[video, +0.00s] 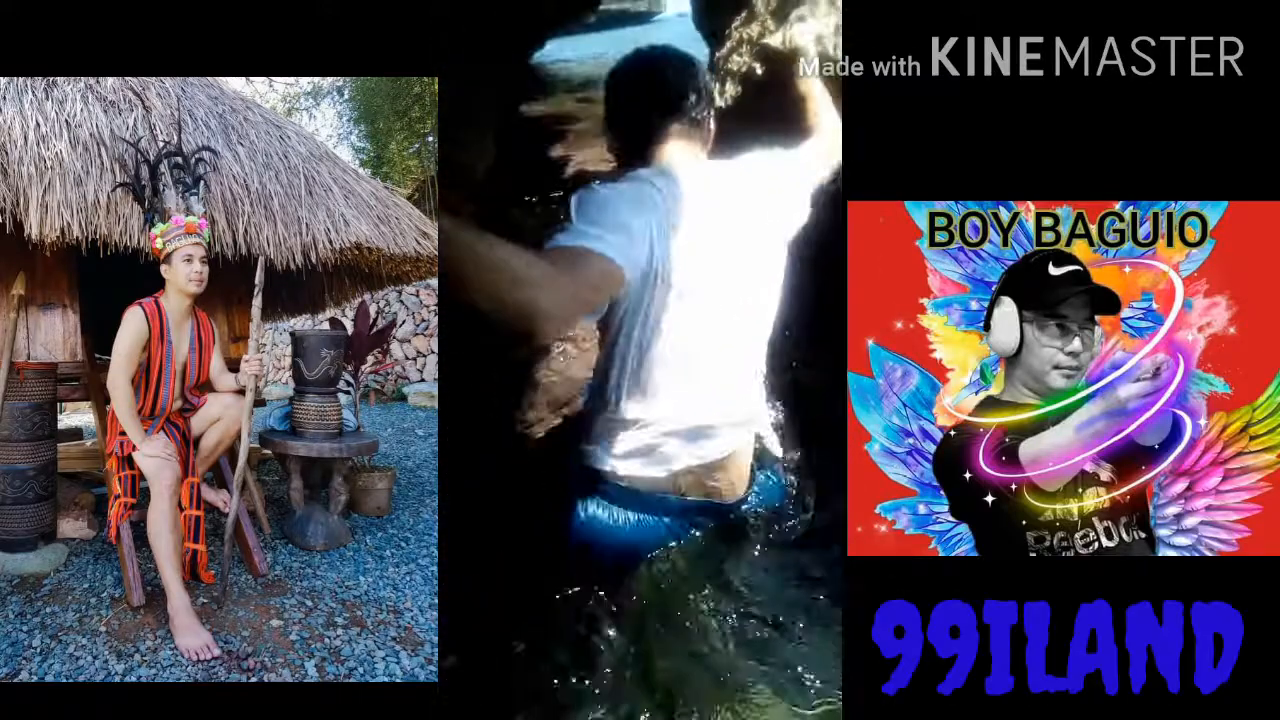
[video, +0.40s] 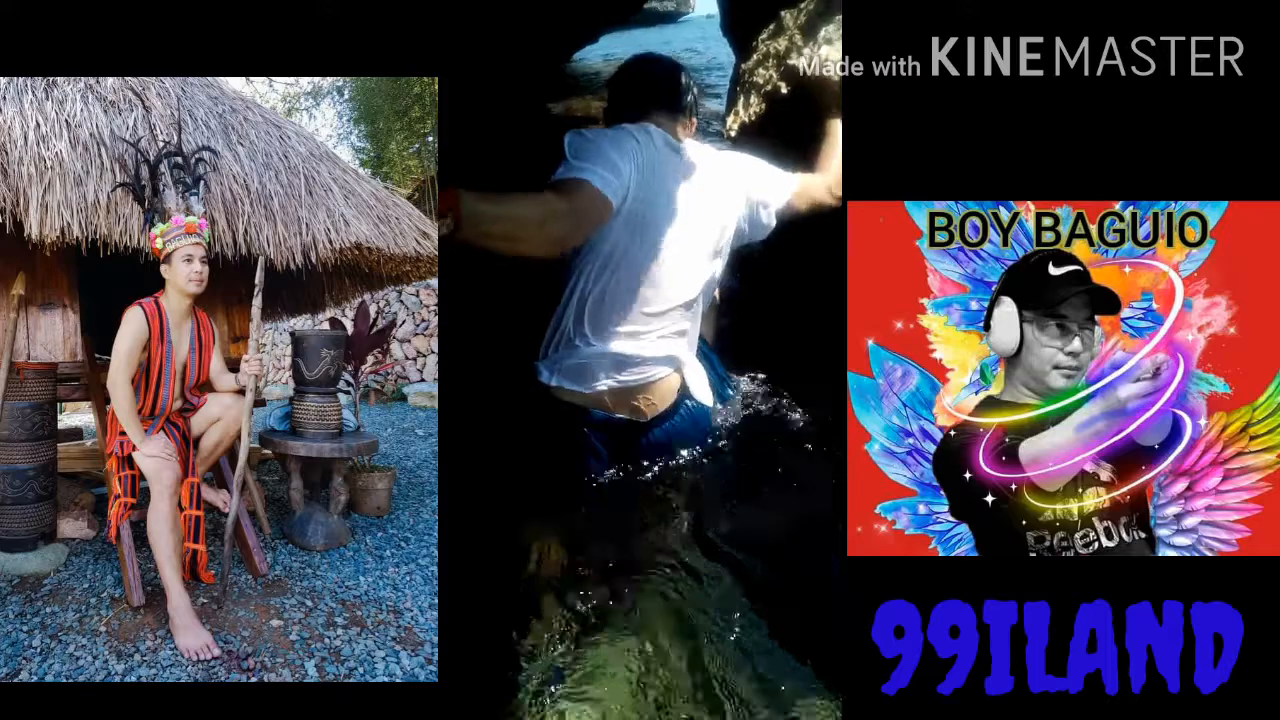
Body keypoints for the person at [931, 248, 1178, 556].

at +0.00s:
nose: (1076, 346)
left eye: (1086, 328)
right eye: (1055, 327)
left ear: (1097, 334)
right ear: (1007, 327)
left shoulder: (1113, 410)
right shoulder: (963, 446)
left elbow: (1155, 435)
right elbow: (1025, 472)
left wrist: (1148, 397)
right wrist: (1107, 411)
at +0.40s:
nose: (1076, 346)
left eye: (1086, 328)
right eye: (1056, 327)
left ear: (1097, 334)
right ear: (1008, 327)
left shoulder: (1113, 409)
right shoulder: (962, 446)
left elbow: (1156, 436)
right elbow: (1021, 472)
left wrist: (1147, 396)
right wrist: (1104, 414)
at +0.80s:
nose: (1076, 346)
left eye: (1086, 328)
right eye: (1055, 326)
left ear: (1097, 334)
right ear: (1007, 327)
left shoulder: (1113, 409)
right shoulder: (963, 445)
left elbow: (1155, 435)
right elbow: (1023, 473)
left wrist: (1149, 396)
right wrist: (1105, 412)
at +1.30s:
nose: (1076, 346)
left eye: (1086, 328)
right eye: (1055, 326)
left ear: (1097, 335)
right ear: (1007, 328)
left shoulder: (1113, 408)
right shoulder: (962, 446)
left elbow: (1156, 436)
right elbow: (1020, 472)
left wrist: (1147, 396)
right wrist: (1105, 413)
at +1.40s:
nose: (1076, 346)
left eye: (1086, 328)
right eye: (1055, 326)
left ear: (1096, 335)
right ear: (1007, 328)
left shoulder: (1113, 408)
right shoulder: (962, 446)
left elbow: (1156, 436)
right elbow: (1021, 472)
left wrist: (1147, 395)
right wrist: (1105, 413)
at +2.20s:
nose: (1076, 346)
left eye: (1086, 328)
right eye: (1055, 327)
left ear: (1097, 334)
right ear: (1007, 328)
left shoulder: (1113, 409)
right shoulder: (962, 446)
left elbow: (1156, 435)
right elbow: (1021, 472)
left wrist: (1148, 396)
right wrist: (1105, 412)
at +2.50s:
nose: (1076, 346)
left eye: (1086, 328)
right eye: (1055, 327)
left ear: (1096, 334)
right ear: (1007, 327)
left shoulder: (1113, 409)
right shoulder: (962, 445)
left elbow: (1155, 435)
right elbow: (1022, 472)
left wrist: (1149, 396)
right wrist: (1106, 412)